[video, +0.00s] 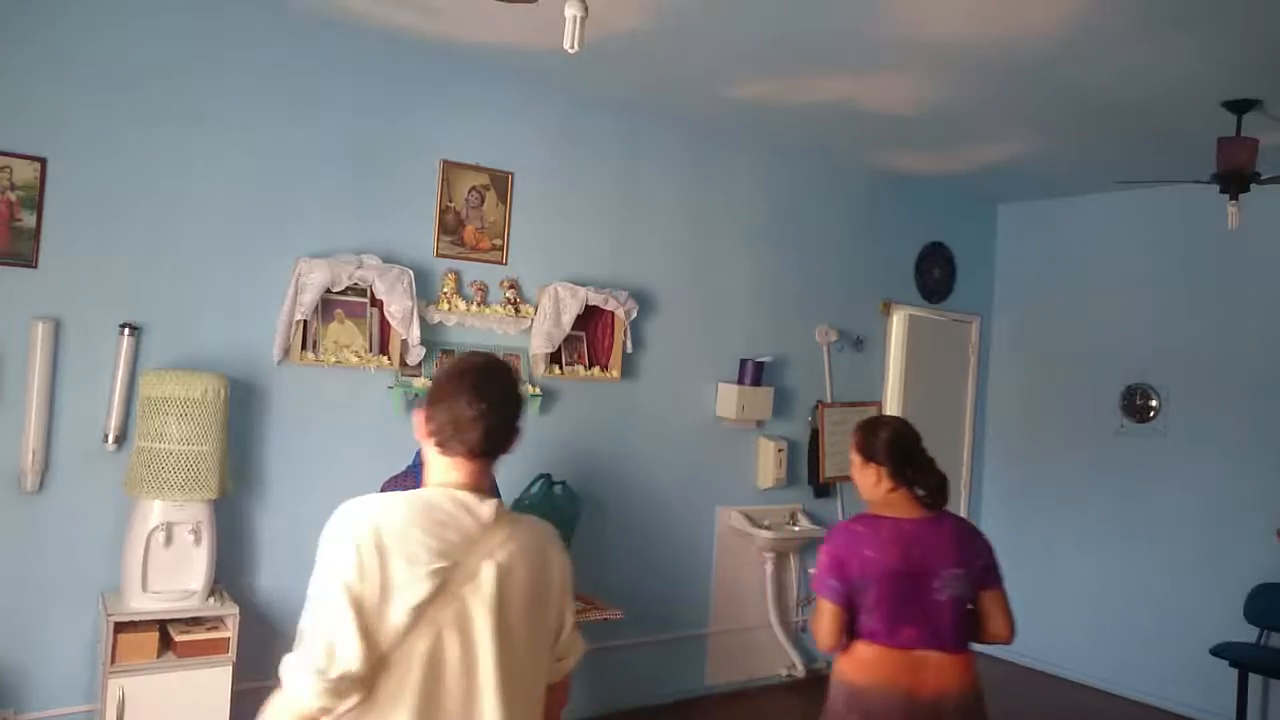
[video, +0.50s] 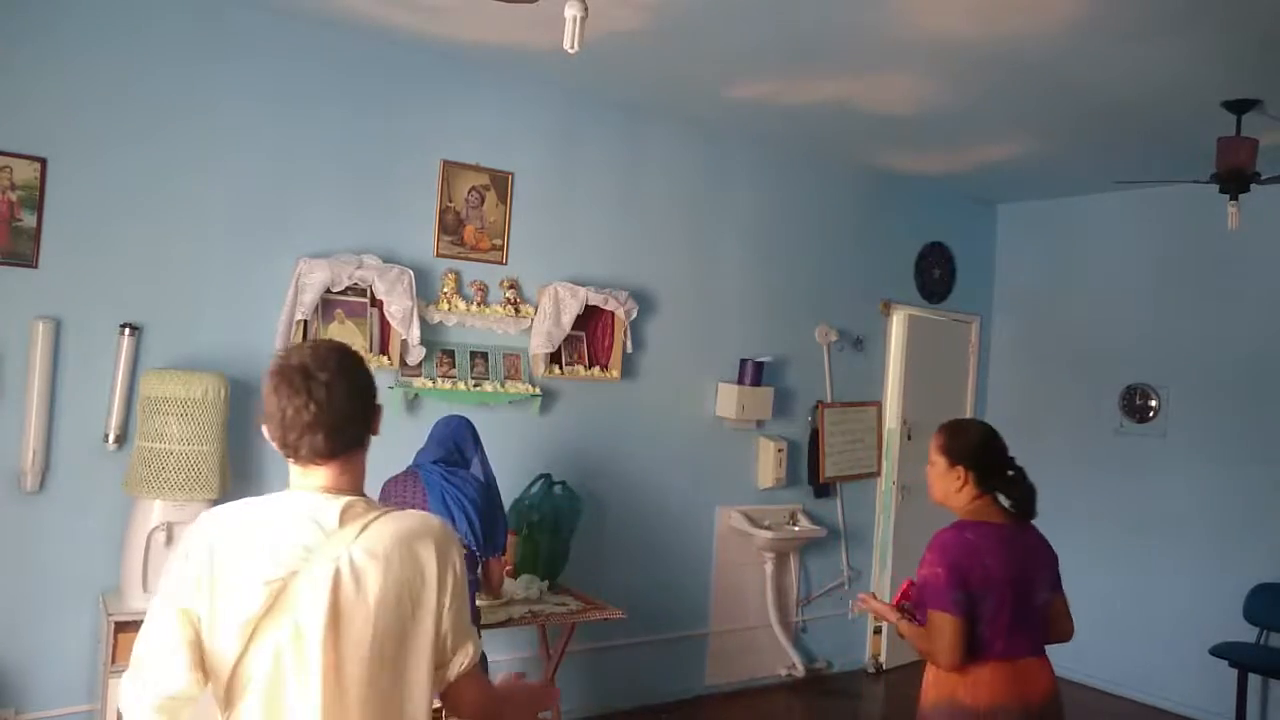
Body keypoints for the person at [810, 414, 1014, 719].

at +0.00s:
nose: (851, 473)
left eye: (854, 463)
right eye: (851, 463)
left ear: (876, 473)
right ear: (912, 465)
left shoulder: (846, 538)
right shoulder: (965, 535)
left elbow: (827, 639)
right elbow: (1000, 629)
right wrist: (940, 618)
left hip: (869, 696)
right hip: (952, 695)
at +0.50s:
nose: (926, 472)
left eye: (932, 464)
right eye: (929, 463)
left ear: (959, 477)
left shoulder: (949, 546)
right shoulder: (1033, 539)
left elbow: (947, 654)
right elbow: (1061, 628)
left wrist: (897, 620)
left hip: (968, 688)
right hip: (1033, 682)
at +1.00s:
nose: (939, 473)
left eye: (949, 465)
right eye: (944, 464)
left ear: (978, 479)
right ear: (979, 480)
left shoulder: (982, 550)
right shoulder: (1031, 539)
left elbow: (985, 664)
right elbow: (1050, 634)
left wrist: (913, 632)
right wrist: (941, 620)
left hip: (983, 699)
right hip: (1037, 687)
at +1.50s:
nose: (942, 471)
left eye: (951, 461)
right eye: (947, 461)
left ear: (978, 473)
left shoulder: (965, 550)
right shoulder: (1040, 547)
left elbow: (953, 665)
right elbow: (1060, 650)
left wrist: (895, 626)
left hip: (962, 701)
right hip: (1028, 695)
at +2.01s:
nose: (934, 479)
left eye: (938, 469)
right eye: (936, 469)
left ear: (962, 482)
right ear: (1006, 481)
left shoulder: (941, 559)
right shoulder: (1047, 562)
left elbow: (924, 678)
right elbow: (1075, 666)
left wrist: (881, 637)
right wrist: (1003, 654)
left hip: (951, 707)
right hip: (1031, 706)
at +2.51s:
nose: (936, 482)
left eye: (939, 473)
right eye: (937, 472)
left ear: (962, 488)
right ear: (1008, 481)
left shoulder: (941, 561)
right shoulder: (1054, 559)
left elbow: (923, 678)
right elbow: (1085, 660)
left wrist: (891, 633)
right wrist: (1016, 649)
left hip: (958, 706)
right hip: (1037, 705)